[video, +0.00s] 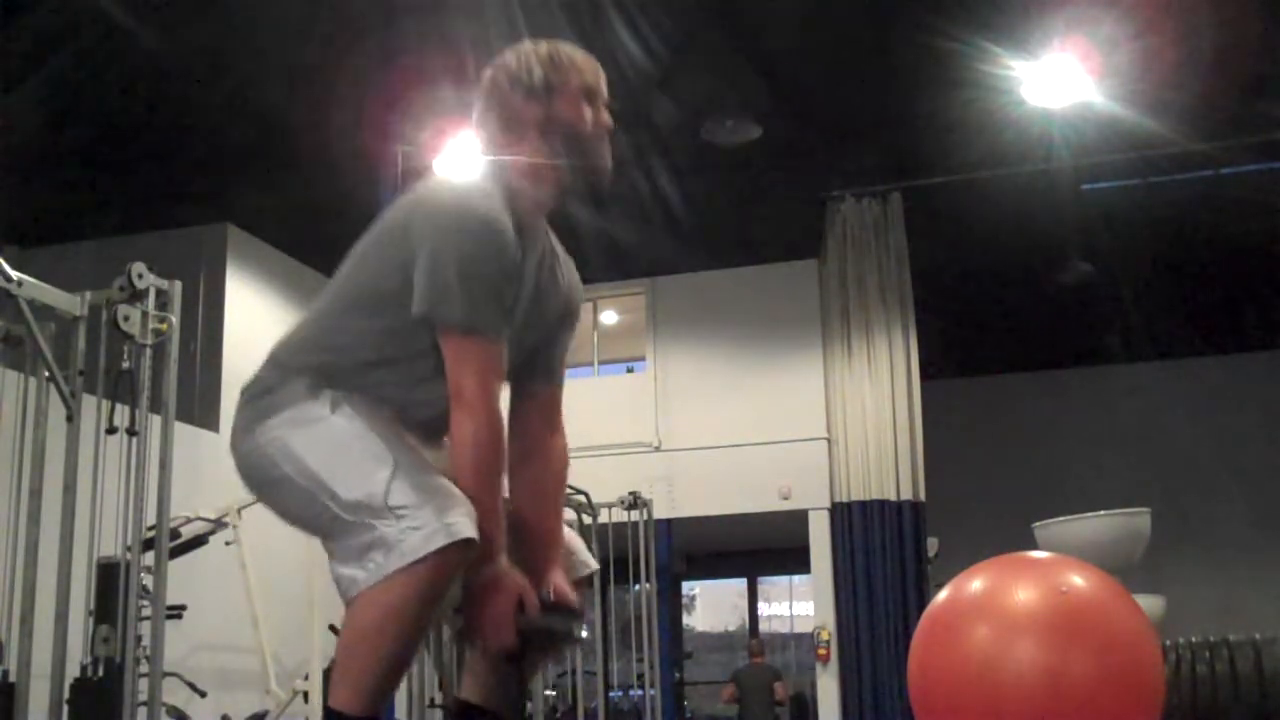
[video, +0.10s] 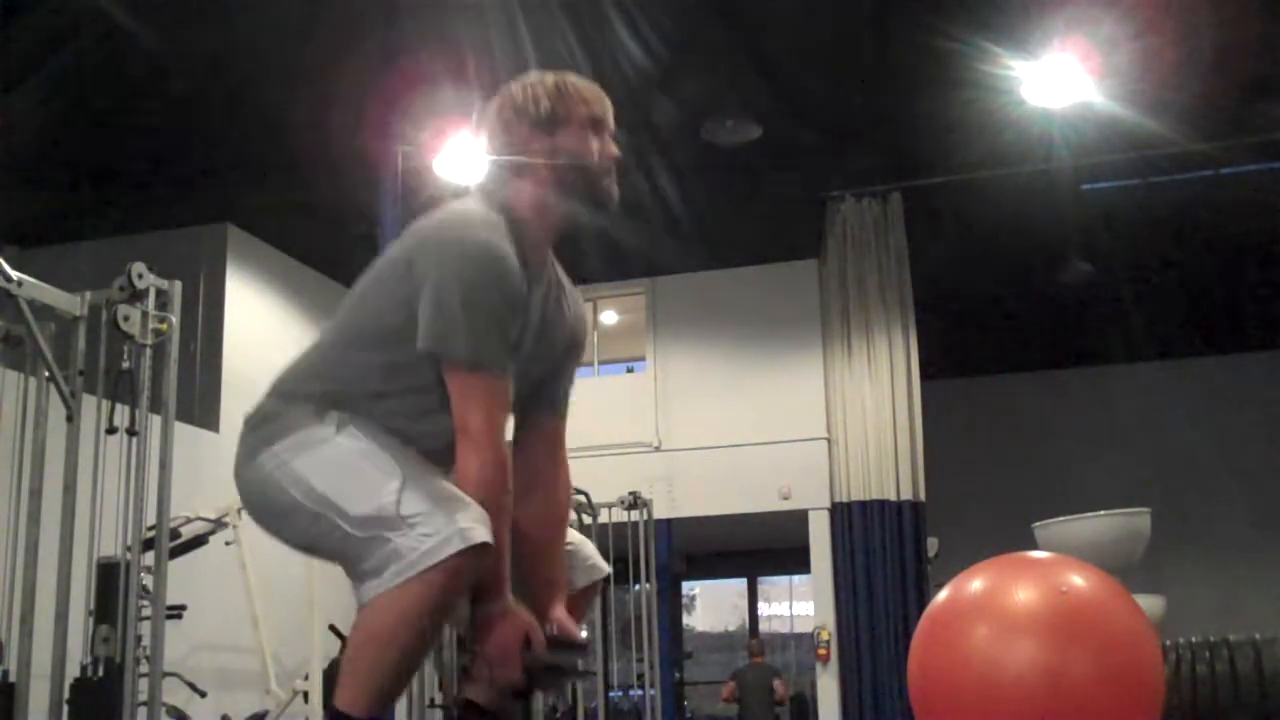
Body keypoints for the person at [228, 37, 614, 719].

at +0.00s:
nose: (610, 118)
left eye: (605, 103)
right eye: (592, 100)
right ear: (533, 114)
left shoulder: (558, 280)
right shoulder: (469, 214)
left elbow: (542, 429)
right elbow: (474, 406)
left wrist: (545, 565)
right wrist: (491, 564)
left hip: (396, 429)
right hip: (299, 407)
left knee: (559, 563)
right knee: (432, 533)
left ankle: (477, 705)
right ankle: (345, 710)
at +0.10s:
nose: (615, 149)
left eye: (612, 134)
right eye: (594, 130)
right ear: (536, 144)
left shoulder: (563, 309)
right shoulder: (474, 244)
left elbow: (544, 455)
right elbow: (480, 445)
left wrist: (551, 605)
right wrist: (495, 605)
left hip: (404, 454)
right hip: (303, 433)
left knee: (575, 572)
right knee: (448, 541)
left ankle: (480, 706)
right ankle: (349, 710)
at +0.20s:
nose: (622, 173)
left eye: (621, 159)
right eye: (602, 153)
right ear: (539, 165)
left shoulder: (569, 329)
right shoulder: (482, 268)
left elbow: (547, 479)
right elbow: (485, 470)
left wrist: (551, 627)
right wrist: (498, 630)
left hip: (409, 473)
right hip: (308, 454)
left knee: (585, 577)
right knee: (459, 543)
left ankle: (495, 706)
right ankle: (357, 706)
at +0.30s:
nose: (631, 188)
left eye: (630, 173)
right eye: (614, 169)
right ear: (551, 181)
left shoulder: (577, 343)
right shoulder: (489, 279)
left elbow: (551, 492)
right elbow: (490, 477)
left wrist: (552, 639)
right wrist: (499, 636)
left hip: (411, 481)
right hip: (310, 461)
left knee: (589, 576)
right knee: (467, 545)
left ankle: (488, 706)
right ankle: (361, 706)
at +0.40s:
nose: (634, 175)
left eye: (631, 160)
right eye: (615, 156)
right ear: (554, 167)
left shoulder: (580, 327)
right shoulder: (492, 267)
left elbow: (556, 478)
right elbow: (496, 469)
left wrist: (555, 622)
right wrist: (505, 625)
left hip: (415, 466)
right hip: (315, 447)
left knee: (588, 578)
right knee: (469, 546)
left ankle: (487, 703)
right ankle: (363, 706)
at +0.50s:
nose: (607, 124)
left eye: (611, 106)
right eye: (587, 105)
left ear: (619, 123)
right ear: (531, 117)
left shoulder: (582, 263)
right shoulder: (499, 213)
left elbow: (568, 425)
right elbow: (491, 391)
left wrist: (584, 542)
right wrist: (526, 543)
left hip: (409, 426)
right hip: (321, 404)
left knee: (546, 564)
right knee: (455, 545)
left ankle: (358, 683)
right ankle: (362, 706)